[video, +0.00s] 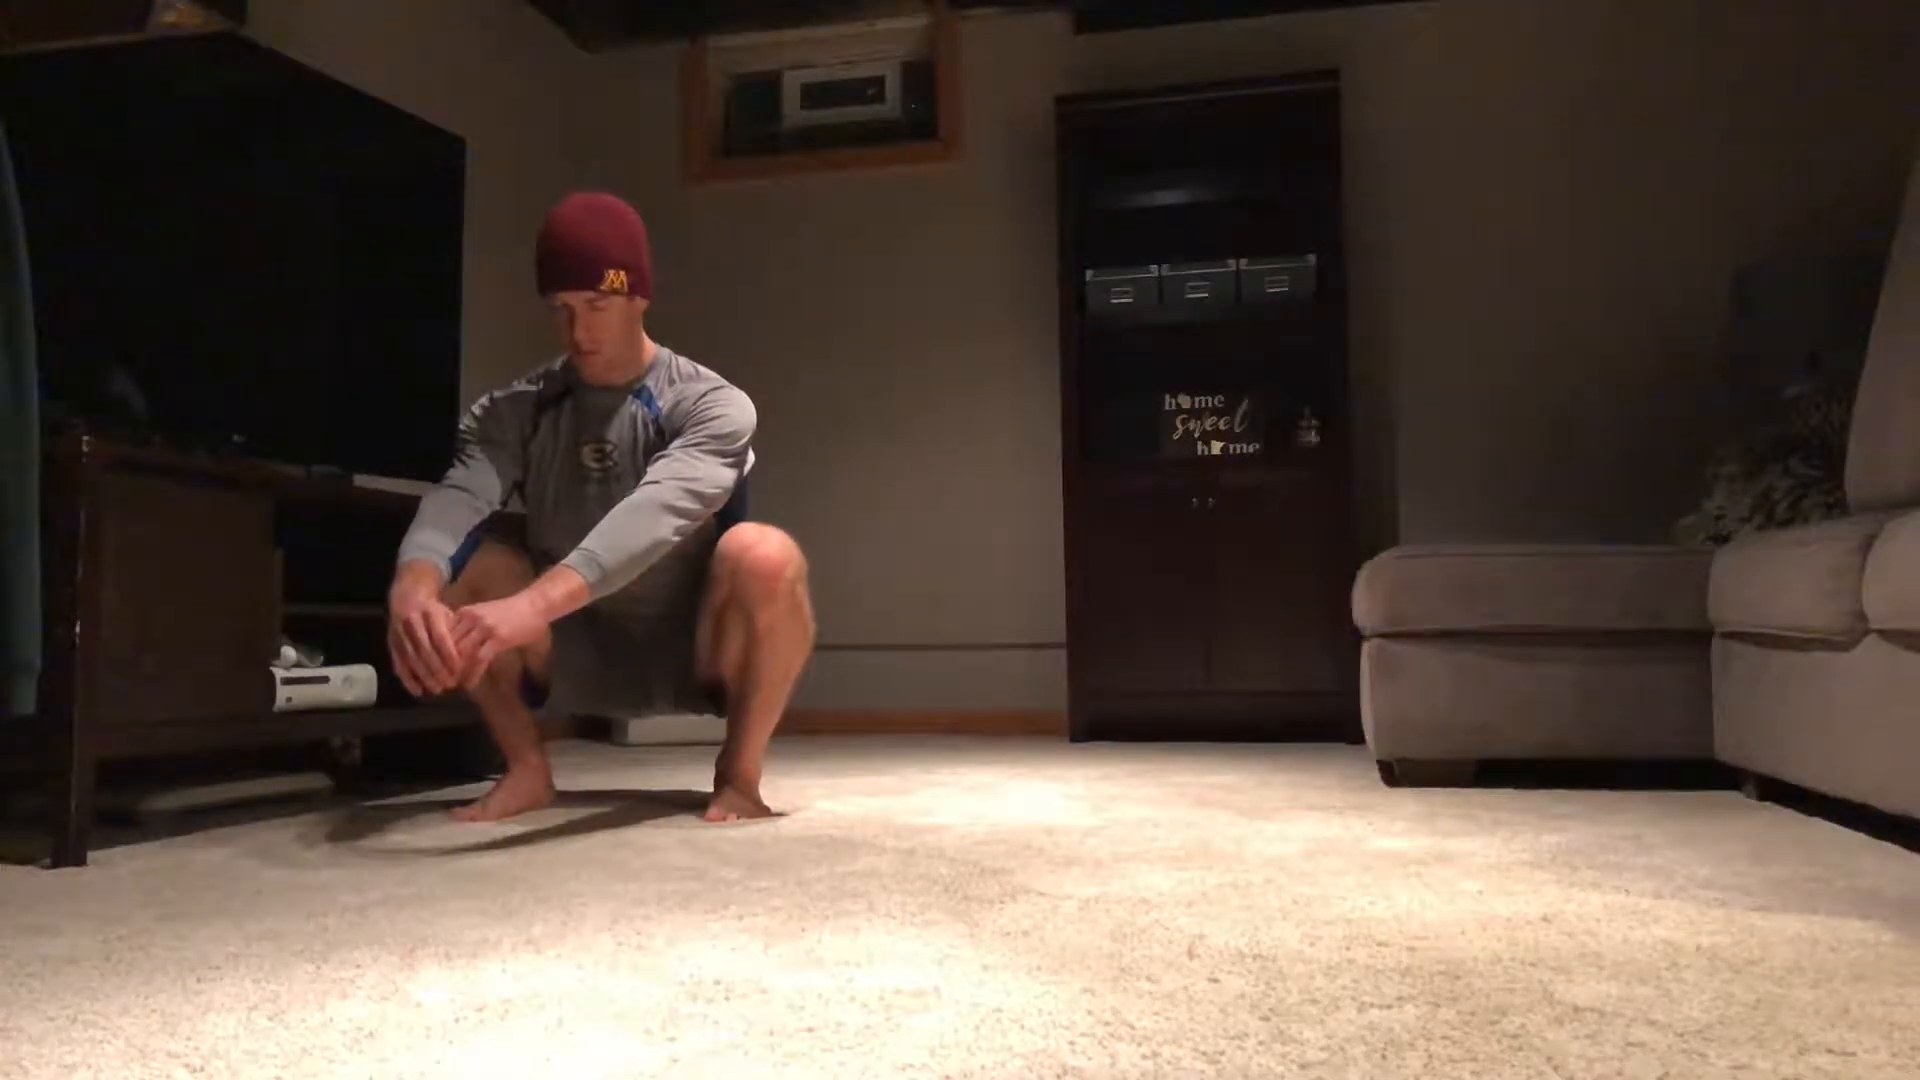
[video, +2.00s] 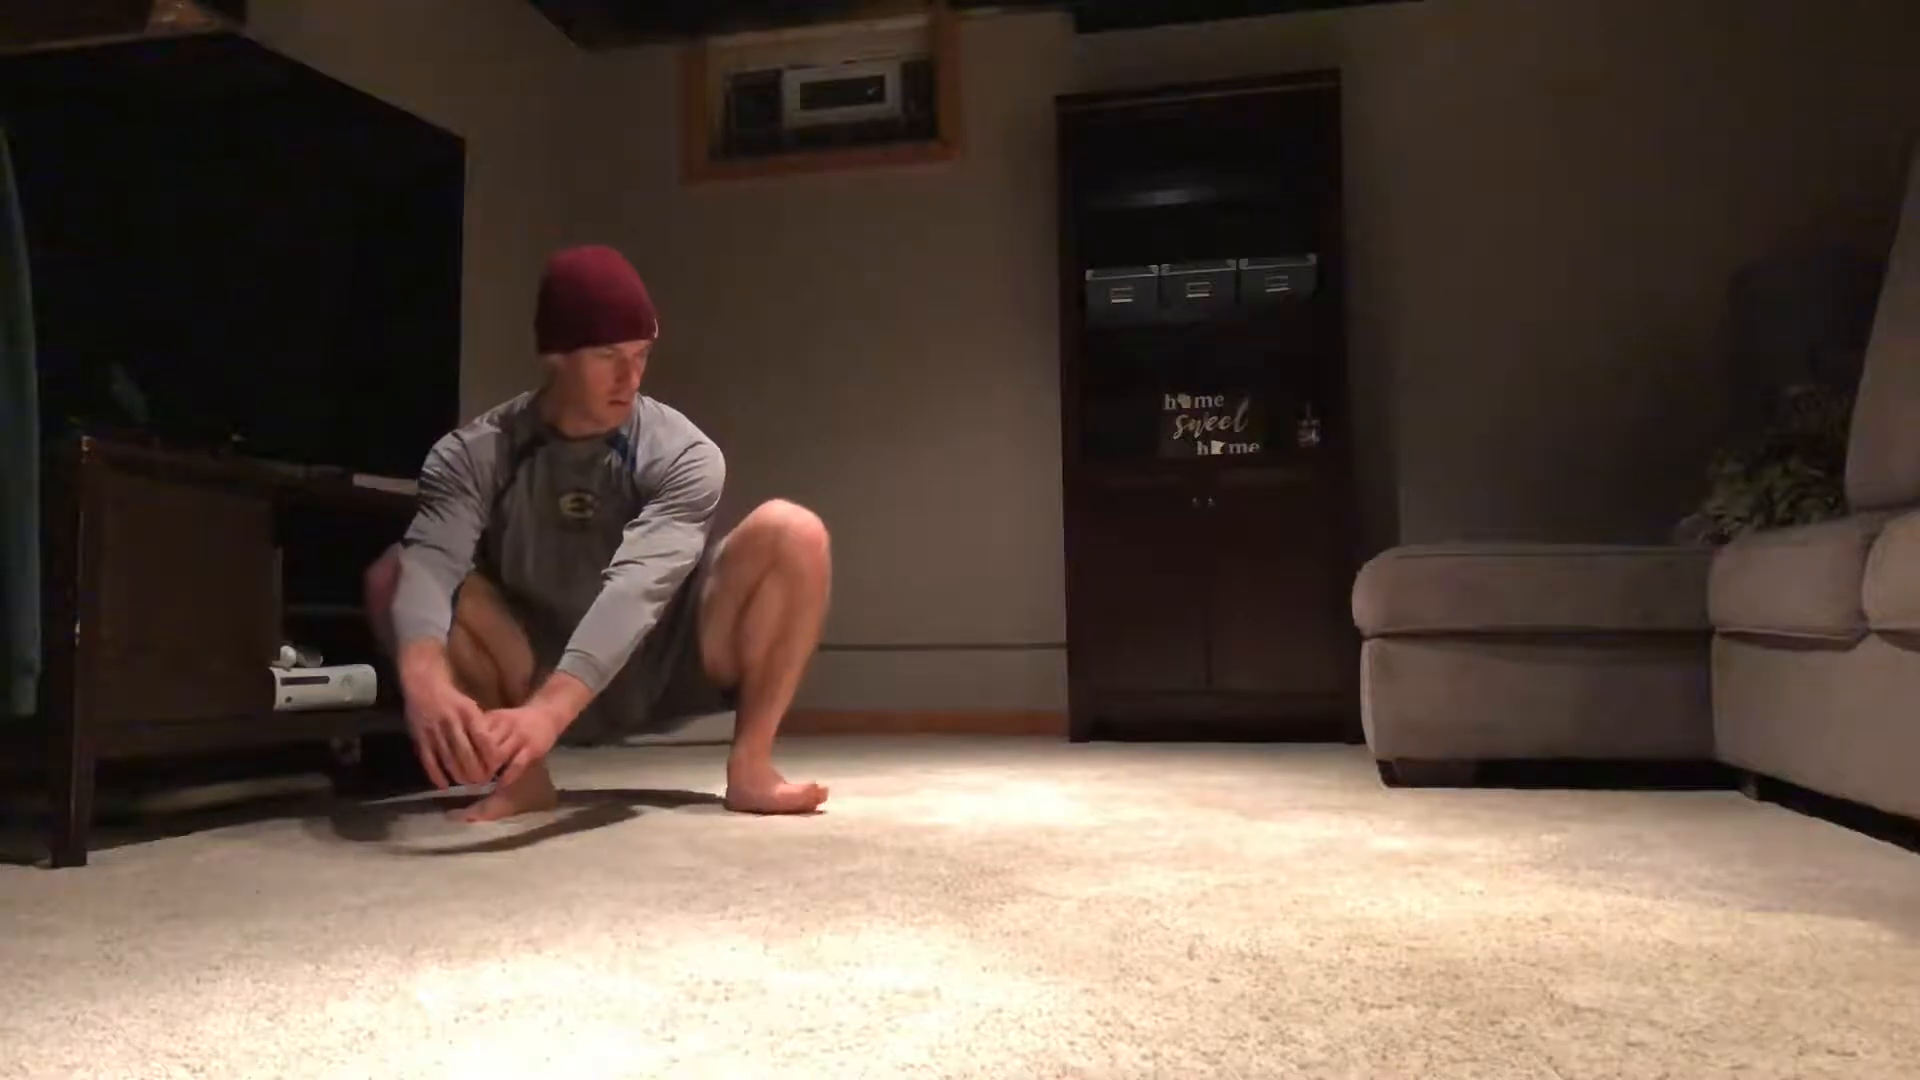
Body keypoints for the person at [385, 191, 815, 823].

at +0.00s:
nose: (578, 334)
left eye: (595, 309)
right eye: (563, 312)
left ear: (639, 301)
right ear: (548, 309)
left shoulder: (714, 408)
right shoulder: (514, 410)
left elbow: (655, 516)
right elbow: (459, 498)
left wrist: (535, 604)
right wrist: (413, 588)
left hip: (694, 644)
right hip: (580, 648)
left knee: (764, 553)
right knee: (462, 570)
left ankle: (741, 779)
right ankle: (526, 771)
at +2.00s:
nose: (631, 379)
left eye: (641, 358)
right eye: (610, 359)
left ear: (650, 353)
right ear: (555, 356)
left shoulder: (684, 458)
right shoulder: (471, 455)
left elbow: (636, 590)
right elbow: (430, 563)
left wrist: (548, 710)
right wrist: (423, 680)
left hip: (658, 667)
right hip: (539, 672)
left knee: (793, 533)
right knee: (397, 577)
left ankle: (752, 768)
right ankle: (521, 775)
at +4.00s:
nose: (985, 580)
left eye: (998, 559)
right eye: (964, 562)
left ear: (1022, 523)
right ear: (904, 520)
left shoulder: (1037, 529)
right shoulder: (811, 508)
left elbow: (1048, 672)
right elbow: (791, 680)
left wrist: (1094, 812)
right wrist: (849, 816)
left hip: (874, 587)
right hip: (744, 532)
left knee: (989, 690)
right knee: (593, 670)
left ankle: (823, 711)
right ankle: (517, 724)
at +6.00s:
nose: (967, 860)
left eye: (987, 845)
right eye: (945, 850)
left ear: (1025, 730)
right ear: (888, 731)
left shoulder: (1109, 645)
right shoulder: (812, 665)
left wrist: (1105, 810)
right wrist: (861, 807)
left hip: (1035, 474)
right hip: (877, 484)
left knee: (1269, 703)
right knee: (691, 757)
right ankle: (774, 724)